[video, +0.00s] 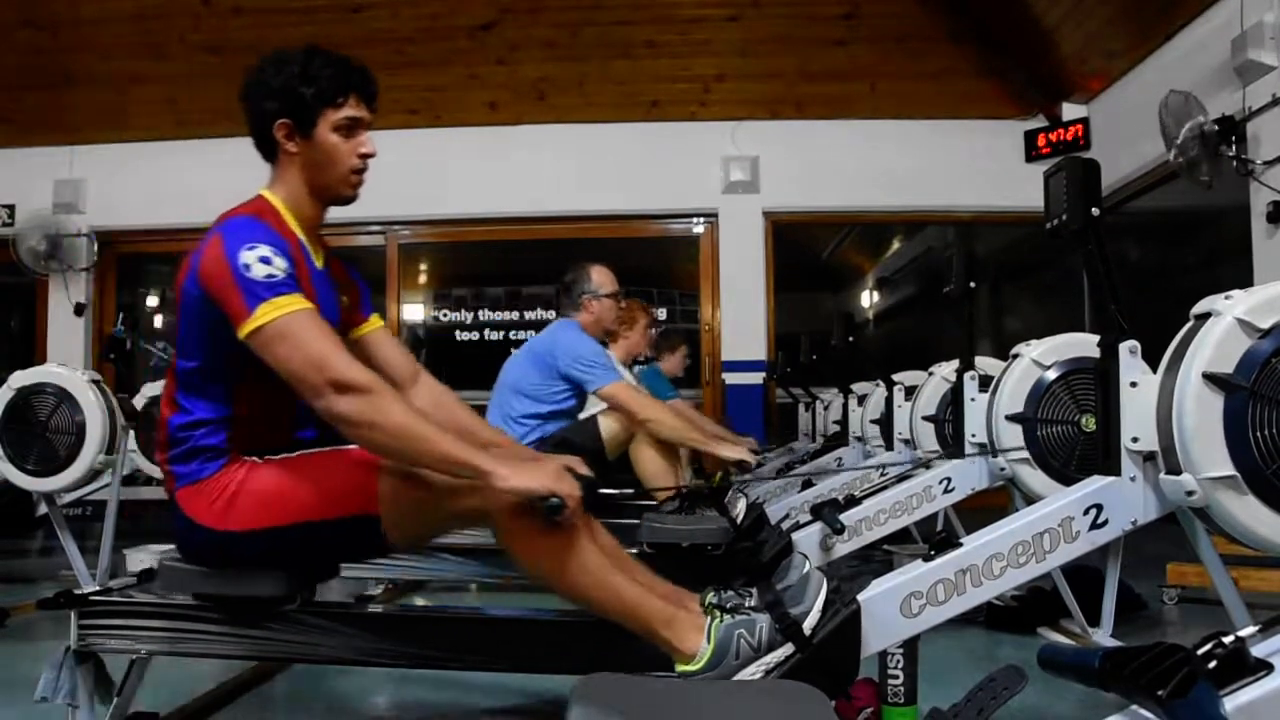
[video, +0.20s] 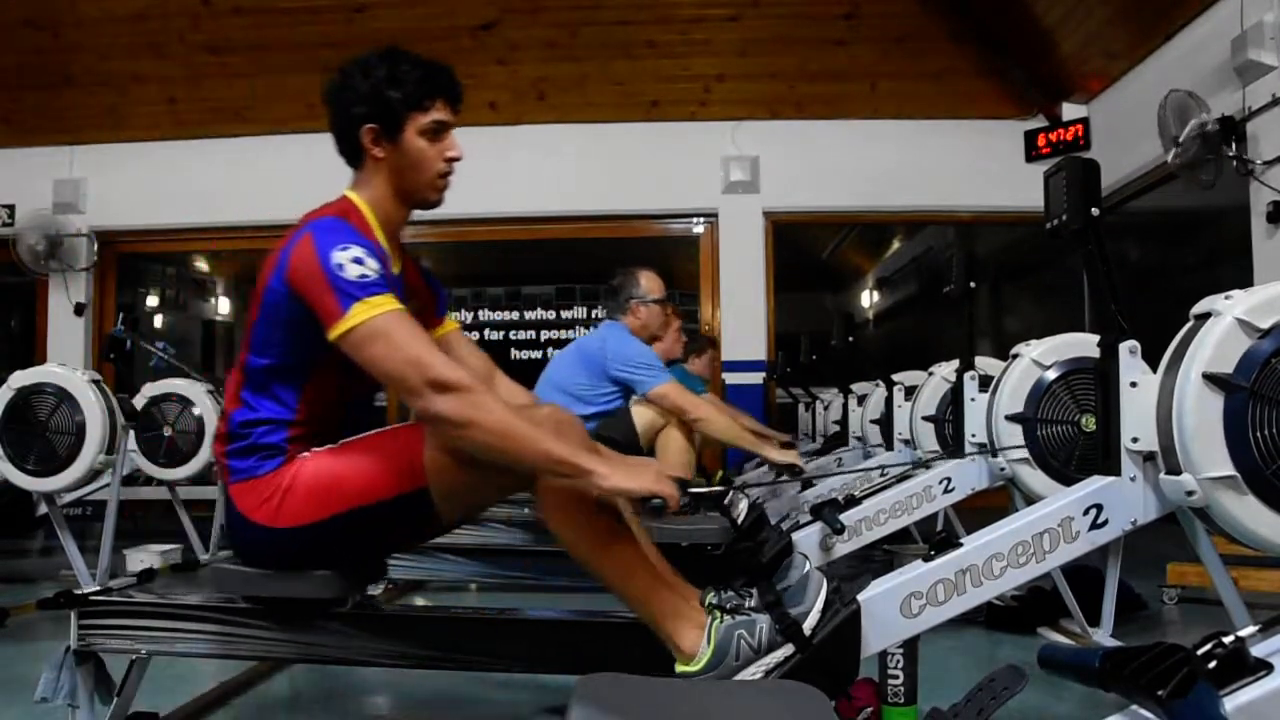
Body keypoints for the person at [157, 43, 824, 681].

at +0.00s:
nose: (369, 148)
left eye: (368, 130)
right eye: (349, 130)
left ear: (325, 140)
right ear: (287, 137)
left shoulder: (315, 258)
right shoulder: (245, 244)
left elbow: (406, 375)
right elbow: (338, 392)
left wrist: (512, 457)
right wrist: (495, 469)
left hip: (288, 472)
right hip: (229, 488)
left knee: (520, 468)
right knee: (496, 487)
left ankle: (699, 621)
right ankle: (696, 644)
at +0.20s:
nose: (454, 153)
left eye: (452, 135)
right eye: (435, 135)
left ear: (387, 146)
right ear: (374, 144)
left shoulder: (398, 262)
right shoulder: (331, 242)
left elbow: (490, 381)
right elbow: (436, 397)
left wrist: (601, 461)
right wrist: (596, 469)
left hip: (326, 481)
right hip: (277, 496)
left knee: (549, 434)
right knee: (523, 449)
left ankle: (690, 612)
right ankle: (695, 638)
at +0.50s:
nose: (594, 157)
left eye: (591, 138)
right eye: (577, 139)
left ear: (524, 154)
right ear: (519, 151)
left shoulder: (496, 244)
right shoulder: (480, 247)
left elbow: (602, 377)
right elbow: (614, 389)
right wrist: (772, 463)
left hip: (419, 484)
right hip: (392, 500)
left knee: (632, 386)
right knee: (632, 399)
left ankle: (700, 623)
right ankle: (700, 642)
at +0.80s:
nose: (713, 161)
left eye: (709, 142)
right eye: (697, 143)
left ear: (644, 155)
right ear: (640, 154)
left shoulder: (624, 243)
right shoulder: (609, 247)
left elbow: (770, 363)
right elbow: (768, 383)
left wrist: (890, 439)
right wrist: (925, 441)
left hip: (525, 499)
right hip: (503, 510)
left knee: (733, 374)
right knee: (730, 383)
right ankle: (703, 622)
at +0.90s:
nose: (729, 160)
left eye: (725, 141)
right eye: (712, 144)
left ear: (659, 157)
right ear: (655, 156)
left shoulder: (644, 244)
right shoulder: (626, 247)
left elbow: (785, 362)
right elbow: (790, 373)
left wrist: (902, 433)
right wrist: (954, 431)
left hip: (538, 496)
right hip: (516, 507)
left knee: (753, 379)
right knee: (740, 381)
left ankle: (706, 597)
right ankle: (703, 621)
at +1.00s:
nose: (722, 158)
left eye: (718, 140)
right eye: (706, 142)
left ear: (653, 155)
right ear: (649, 154)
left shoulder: (644, 242)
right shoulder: (624, 245)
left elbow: (780, 356)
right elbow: (790, 362)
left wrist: (895, 419)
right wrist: (948, 419)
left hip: (536, 490)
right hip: (511, 505)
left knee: (749, 375)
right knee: (738, 378)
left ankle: (706, 595)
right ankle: (704, 622)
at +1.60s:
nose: (246, 126)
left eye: (245, 110)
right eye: (223, 111)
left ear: (235, 123)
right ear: (163, 126)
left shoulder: (251, 255)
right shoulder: (153, 228)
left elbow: (346, 351)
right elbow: (263, 344)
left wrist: (452, 352)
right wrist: (440, 345)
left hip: (252, 468)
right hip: (198, 485)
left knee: (491, 500)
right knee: (471, 509)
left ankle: (698, 625)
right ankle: (698, 639)